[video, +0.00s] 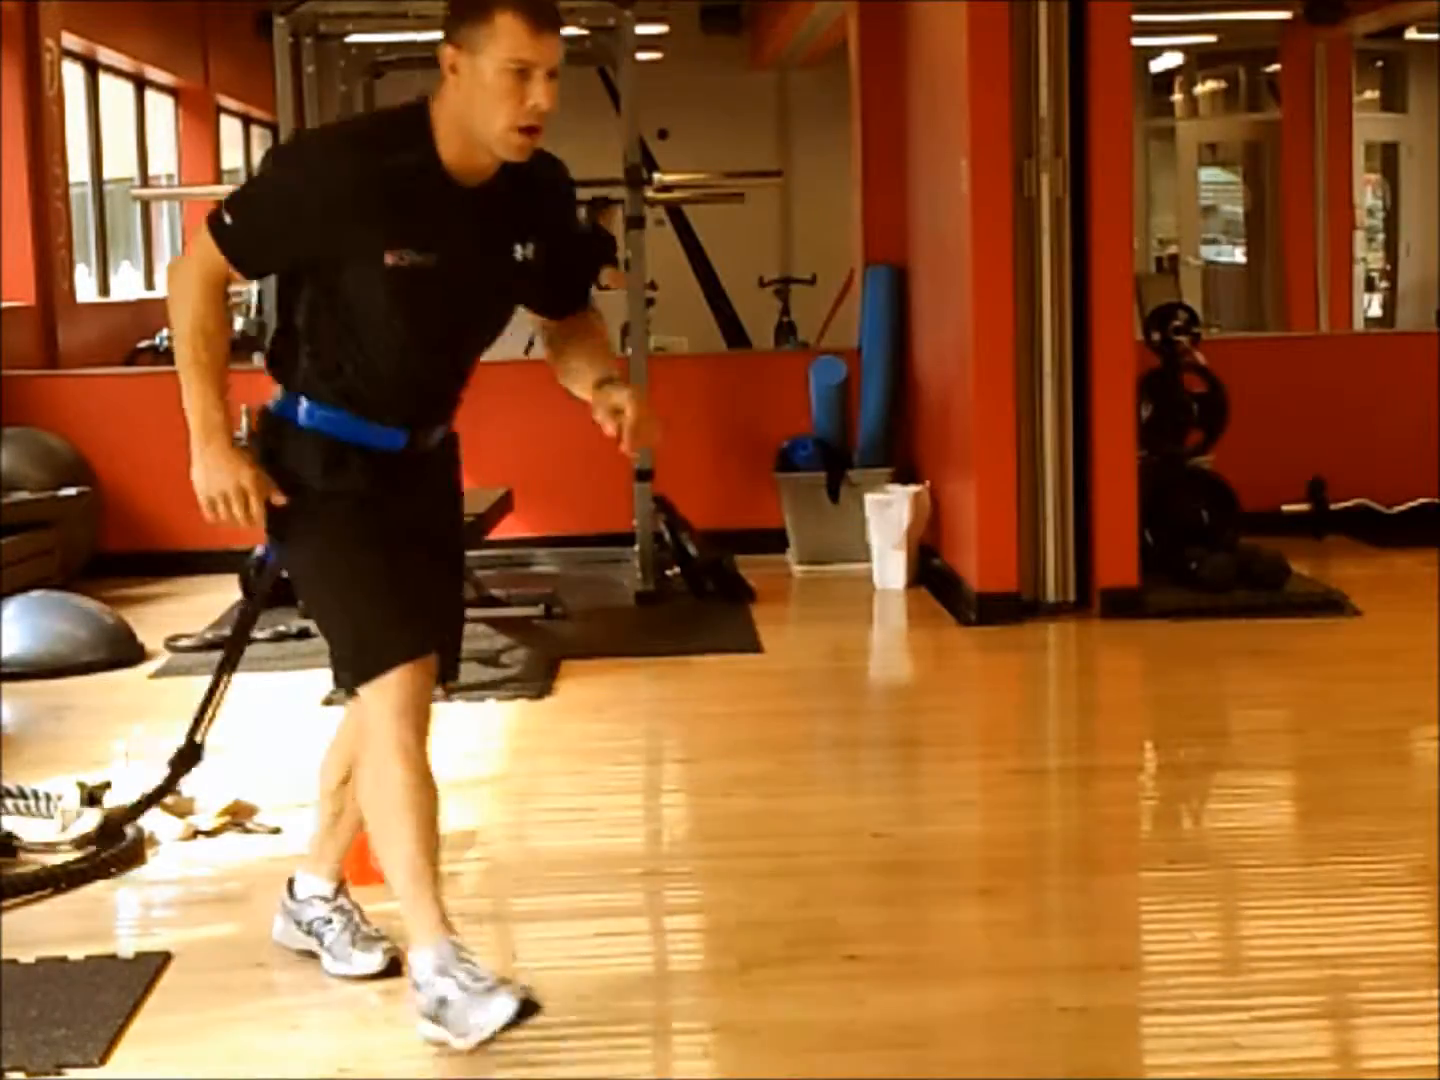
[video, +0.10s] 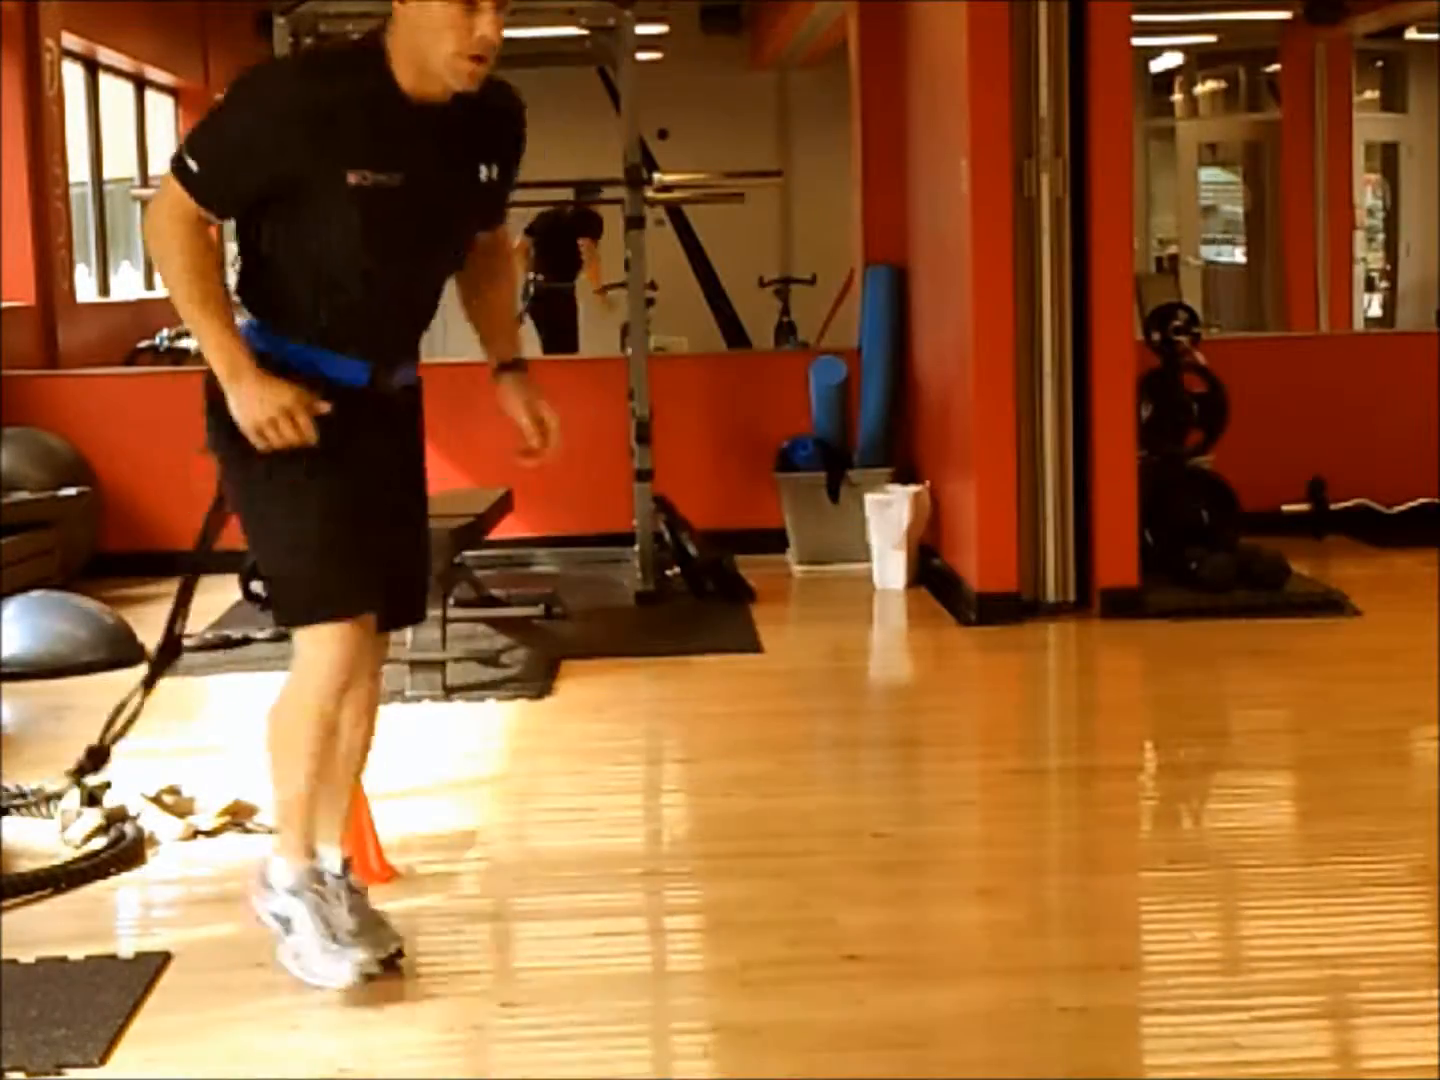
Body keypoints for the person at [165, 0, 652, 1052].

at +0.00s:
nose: (542, 98)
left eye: (552, 76)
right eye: (520, 74)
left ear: (555, 79)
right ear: (453, 68)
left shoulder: (536, 190)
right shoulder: (336, 165)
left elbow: (568, 315)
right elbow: (200, 265)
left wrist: (605, 386)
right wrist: (209, 437)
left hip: (424, 457)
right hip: (319, 451)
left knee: (398, 685)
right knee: (398, 679)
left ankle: (315, 890)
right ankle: (435, 957)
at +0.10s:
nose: (489, 30)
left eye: (501, 10)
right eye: (465, 6)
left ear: (507, 19)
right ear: (403, 10)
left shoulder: (491, 117)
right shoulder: (295, 96)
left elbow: (484, 244)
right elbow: (174, 212)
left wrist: (510, 368)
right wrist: (240, 373)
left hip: (384, 396)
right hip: (279, 390)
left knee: (366, 636)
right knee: (335, 634)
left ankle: (331, 870)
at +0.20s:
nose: (441, 25)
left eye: (450, 7)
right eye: (421, 4)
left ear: (453, 14)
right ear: (359, 4)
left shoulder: (445, 101)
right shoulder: (256, 84)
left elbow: (426, 221)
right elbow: (134, 218)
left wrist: (421, 346)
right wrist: (259, 336)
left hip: (361, 390)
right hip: (244, 393)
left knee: (368, 622)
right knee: (262, 628)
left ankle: (281, 812)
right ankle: (173, 850)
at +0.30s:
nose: (398, 75)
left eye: (407, 54)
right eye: (378, 50)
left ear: (413, 58)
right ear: (308, 42)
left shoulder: (403, 158)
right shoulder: (219, 147)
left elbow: (351, 277)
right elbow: (104, 285)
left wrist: (349, 358)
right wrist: (250, 351)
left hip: (336, 452)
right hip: (218, 451)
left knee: (357, 670)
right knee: (194, 682)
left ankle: (247, 790)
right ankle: (130, 877)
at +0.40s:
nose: (381, 105)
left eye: (391, 84)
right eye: (360, 84)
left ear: (400, 85)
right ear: (298, 80)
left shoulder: (395, 185)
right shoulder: (208, 178)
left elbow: (343, 312)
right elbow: (91, 304)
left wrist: (326, 398)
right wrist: (201, 418)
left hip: (318, 470)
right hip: (210, 475)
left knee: (305, 674)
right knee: (195, 693)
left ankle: (223, 814)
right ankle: (127, 890)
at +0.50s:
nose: (400, 82)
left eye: (410, 60)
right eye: (379, 57)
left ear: (417, 60)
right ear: (313, 48)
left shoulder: (411, 146)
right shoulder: (220, 136)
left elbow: (394, 259)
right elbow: (95, 255)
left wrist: (379, 364)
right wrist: (105, 419)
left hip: (317, 430)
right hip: (213, 420)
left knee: (300, 631)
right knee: (214, 656)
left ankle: (233, 805)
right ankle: (137, 865)